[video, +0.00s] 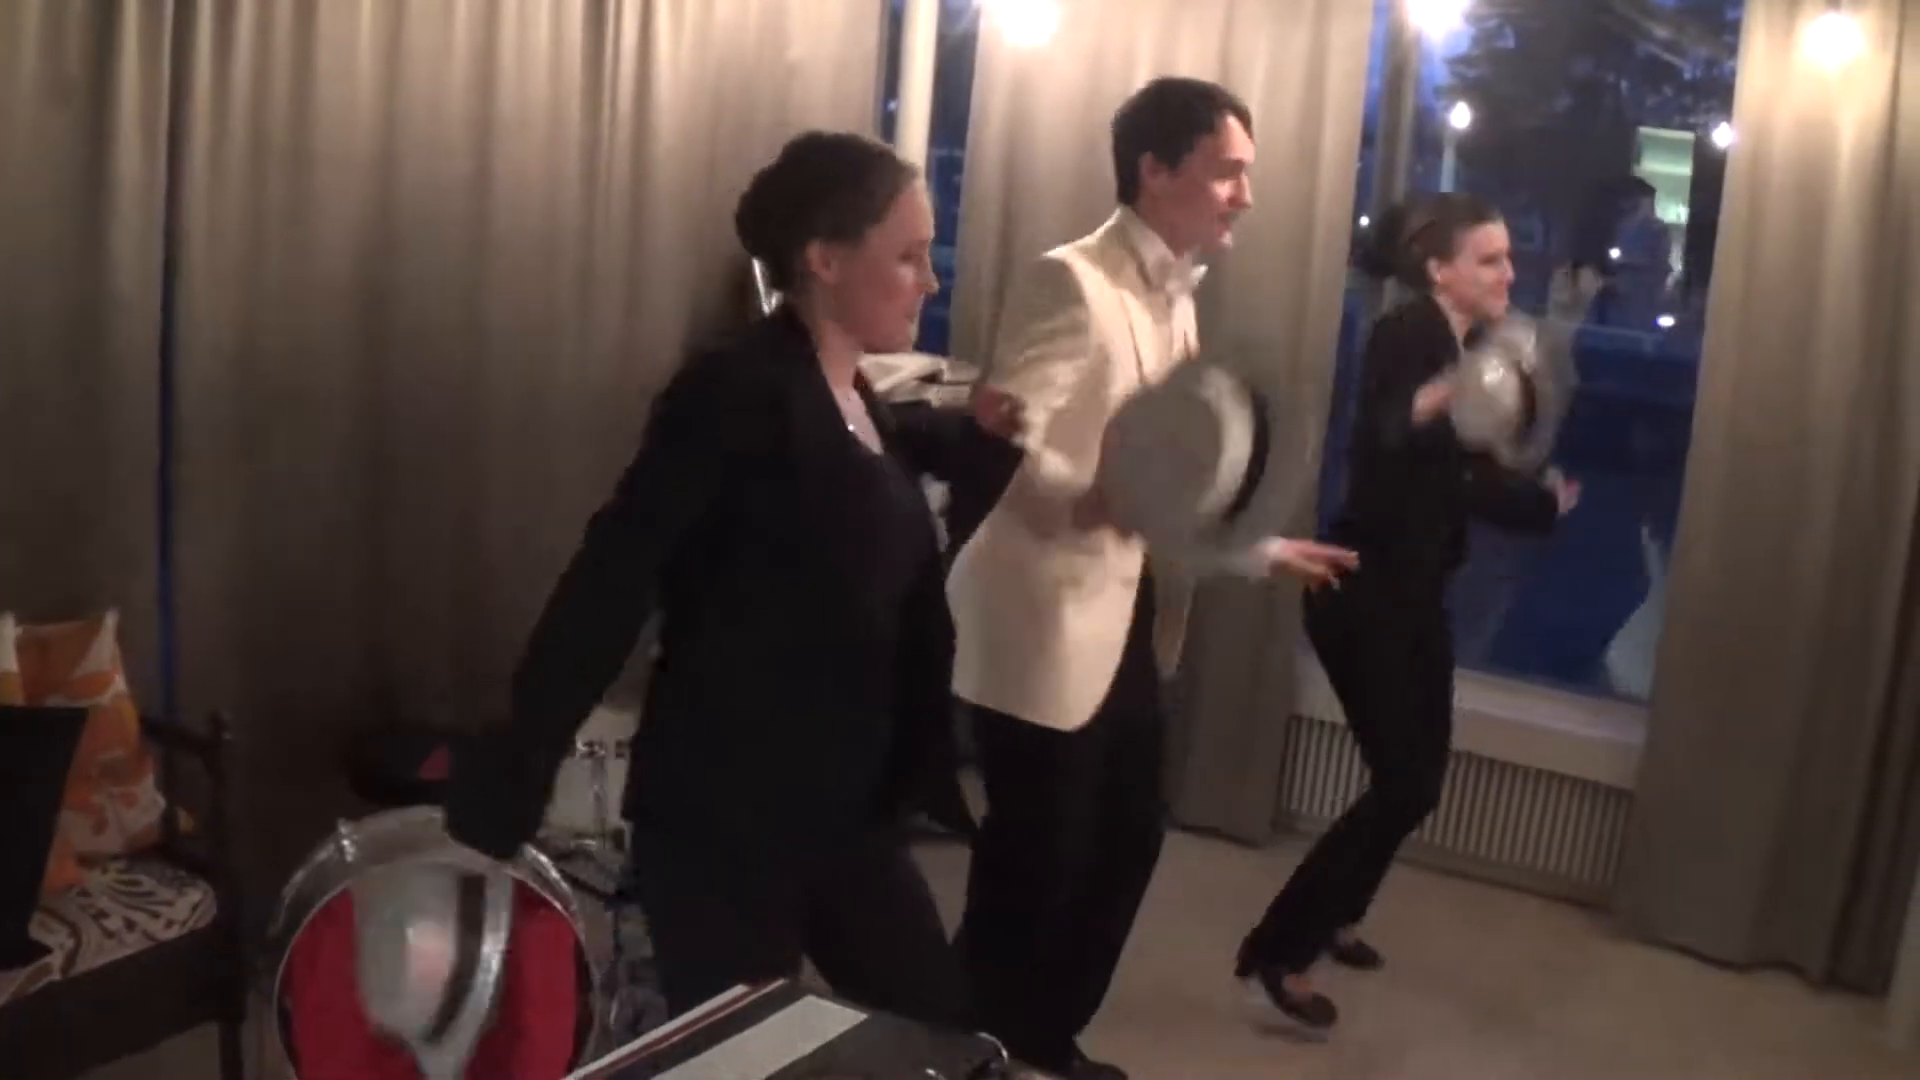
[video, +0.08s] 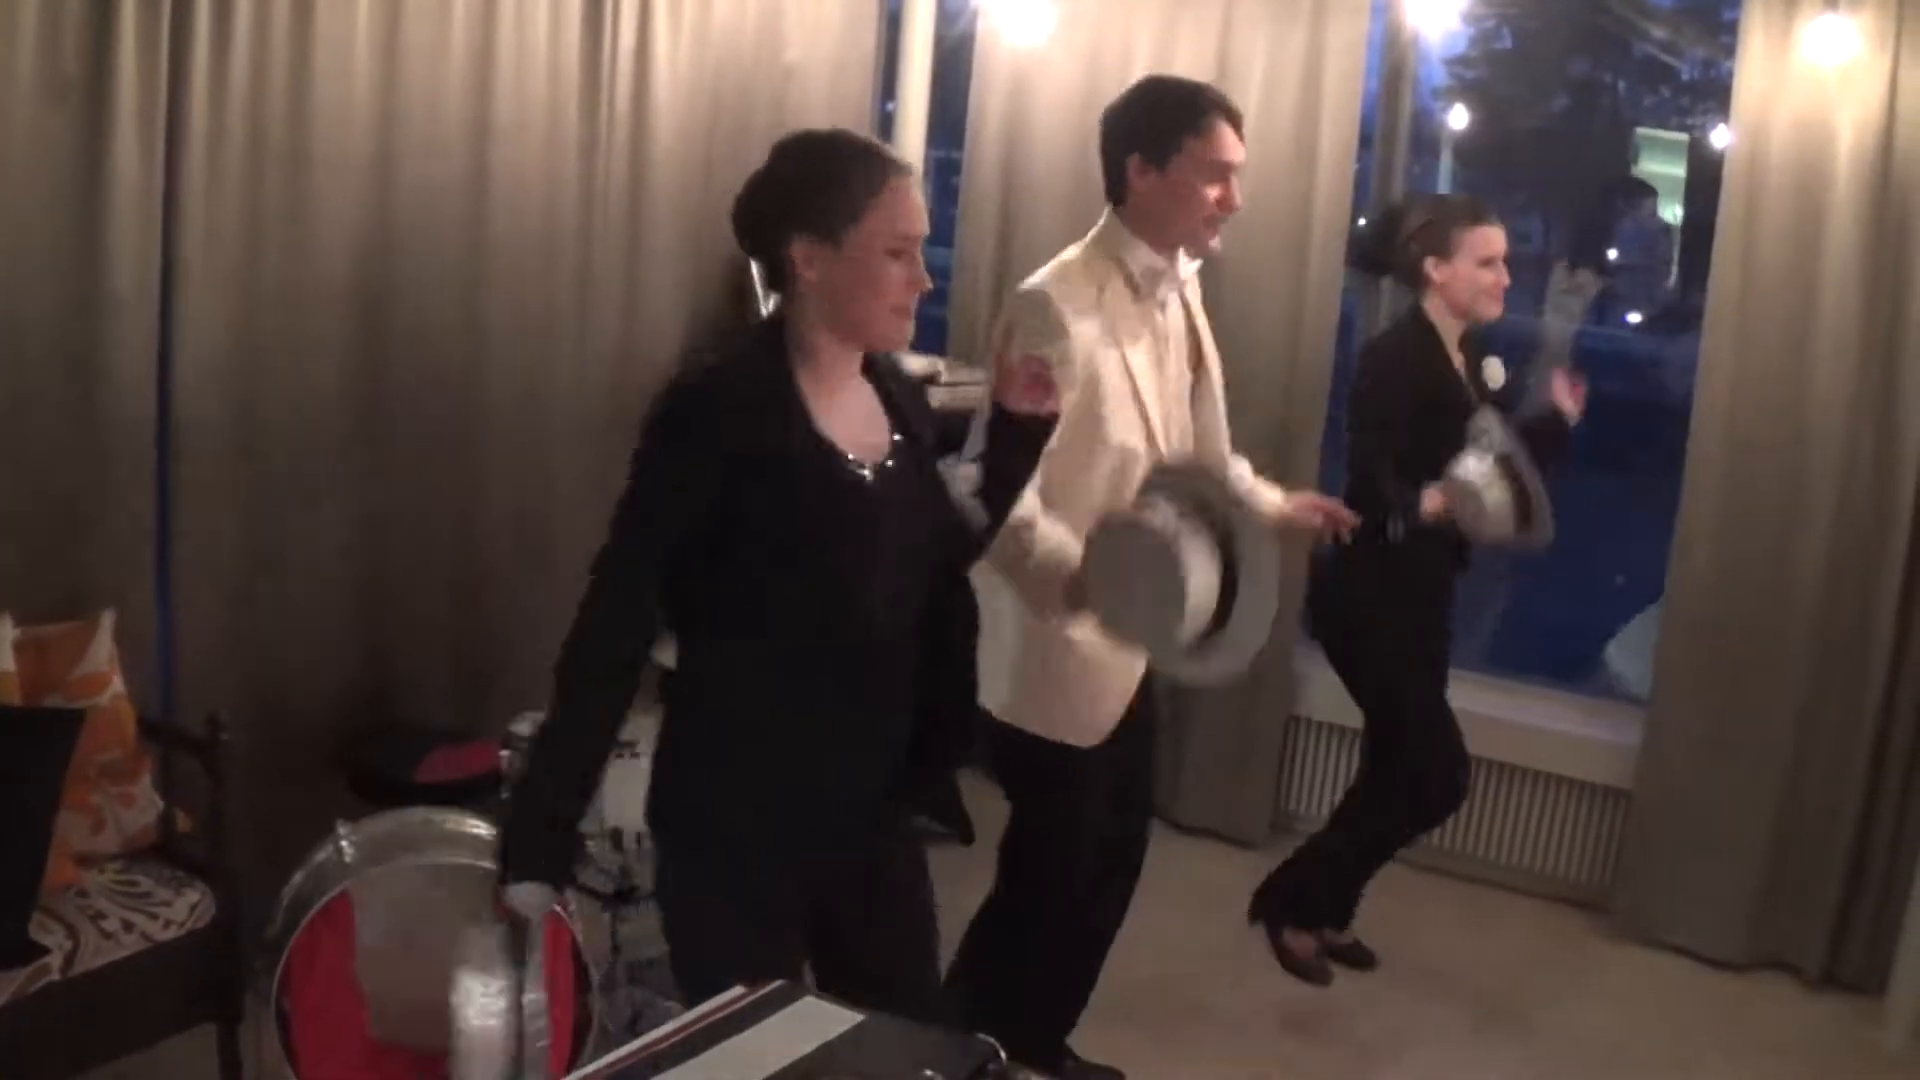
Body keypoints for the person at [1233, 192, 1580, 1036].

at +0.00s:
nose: (1507, 275)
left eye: (1507, 260)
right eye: (1490, 261)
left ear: (1475, 273)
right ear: (1439, 269)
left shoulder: (1469, 349)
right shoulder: (1409, 337)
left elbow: (1467, 474)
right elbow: (1385, 446)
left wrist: (1542, 496)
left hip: (1411, 589)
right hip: (1368, 590)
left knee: (1413, 777)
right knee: (1405, 783)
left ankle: (1327, 919)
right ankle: (1277, 950)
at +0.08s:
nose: (1504, 278)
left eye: (1504, 263)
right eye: (1488, 264)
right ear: (1435, 270)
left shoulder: (1468, 357)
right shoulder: (1396, 356)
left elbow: (1490, 472)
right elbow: (1369, 484)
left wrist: (1553, 420)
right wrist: (1421, 504)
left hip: (1416, 589)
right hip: (1365, 589)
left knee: (1401, 766)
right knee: (1437, 775)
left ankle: (1324, 911)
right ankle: (1294, 899)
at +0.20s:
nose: (1503, 283)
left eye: (1506, 268)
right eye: (1490, 267)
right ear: (1435, 268)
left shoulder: (1464, 358)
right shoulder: (1394, 371)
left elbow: (1505, 406)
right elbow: (1374, 507)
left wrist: (1552, 314)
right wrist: (1419, 577)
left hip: (1416, 597)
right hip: (1369, 597)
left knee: (1391, 762)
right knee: (1454, 773)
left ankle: (1320, 906)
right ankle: (1316, 908)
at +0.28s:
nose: (1507, 281)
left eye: (1510, 267)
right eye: (1496, 263)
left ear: (1468, 273)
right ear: (1441, 261)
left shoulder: (1464, 355)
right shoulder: (1395, 372)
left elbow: (1512, 377)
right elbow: (1371, 509)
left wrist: (1552, 284)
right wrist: (1422, 578)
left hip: (1420, 600)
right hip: (1375, 599)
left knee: (1378, 771)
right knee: (1448, 782)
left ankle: (1314, 924)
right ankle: (1332, 938)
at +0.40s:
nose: (1518, 284)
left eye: (1521, 268)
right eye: (1506, 264)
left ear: (1464, 268)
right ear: (1449, 258)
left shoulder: (1463, 353)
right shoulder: (1401, 376)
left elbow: (1497, 392)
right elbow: (1395, 536)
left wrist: (1546, 314)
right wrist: (1465, 556)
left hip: (1441, 598)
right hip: (1390, 603)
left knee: (1417, 774)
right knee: (1431, 799)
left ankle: (1324, 888)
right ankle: (1321, 972)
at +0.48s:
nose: (1526, 279)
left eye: (1530, 263)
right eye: (1516, 260)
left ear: (1473, 260)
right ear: (1463, 253)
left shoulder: (1477, 349)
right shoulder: (1412, 360)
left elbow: (1494, 448)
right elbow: (1434, 498)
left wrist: (1550, 370)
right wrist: (1515, 473)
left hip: (1449, 600)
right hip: (1393, 602)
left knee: (1483, 776)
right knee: (1426, 789)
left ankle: (1357, 862)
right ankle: (1319, 973)